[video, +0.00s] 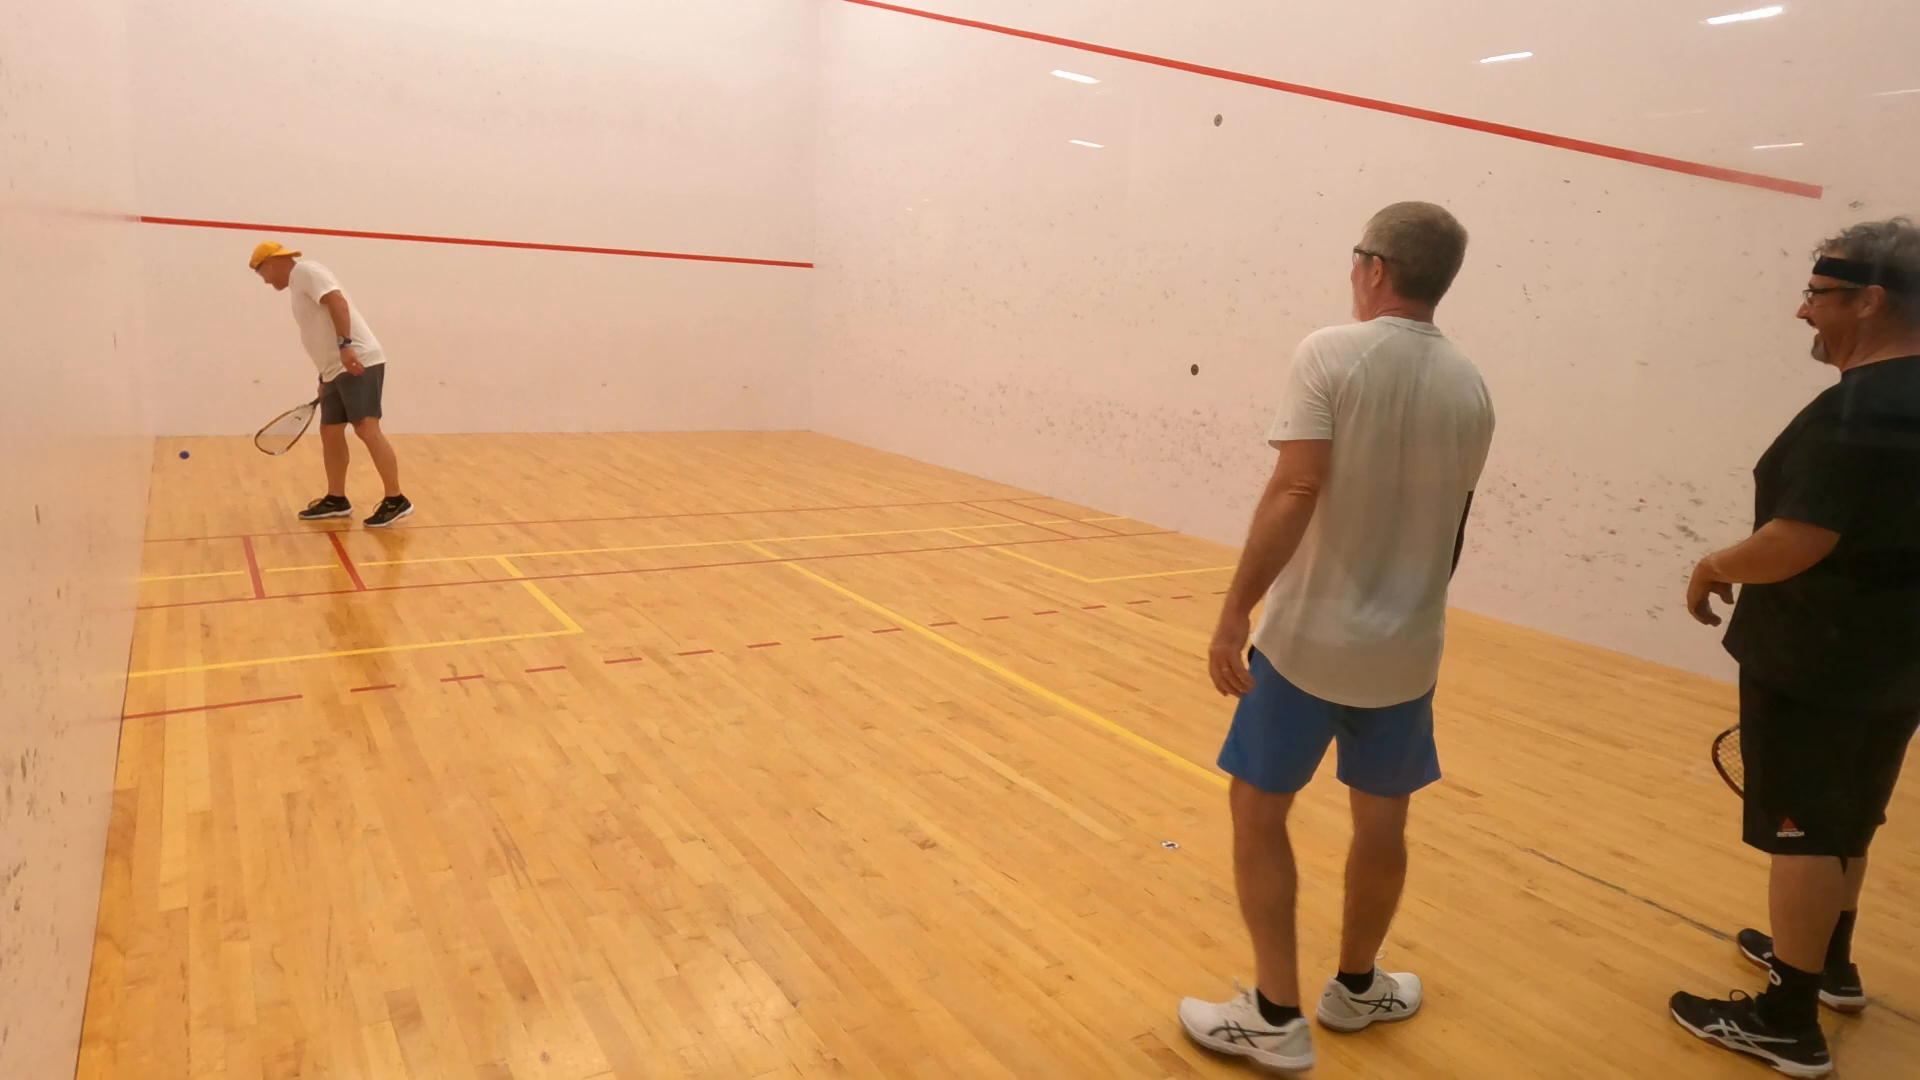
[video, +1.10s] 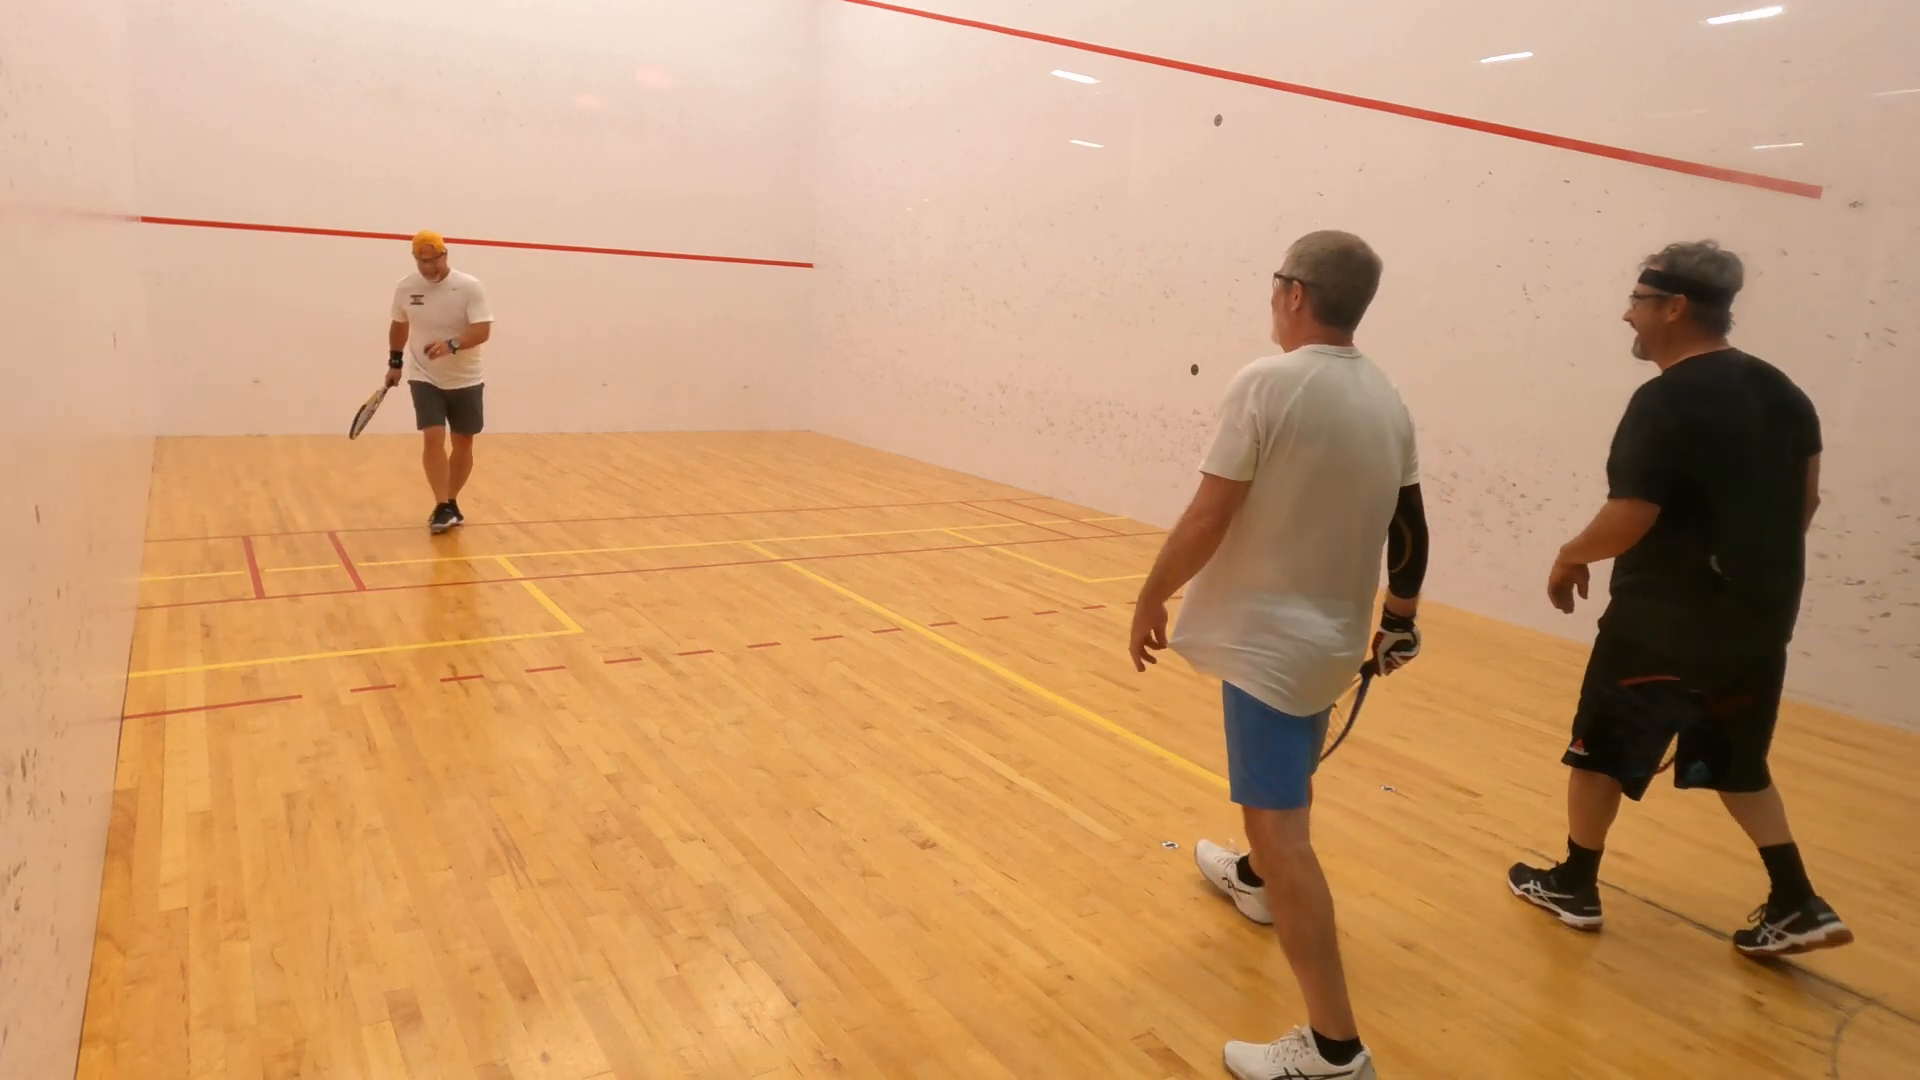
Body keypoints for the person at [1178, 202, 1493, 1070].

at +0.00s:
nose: (1351, 275)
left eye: (1357, 263)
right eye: (1358, 260)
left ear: (1375, 273)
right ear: (1441, 283)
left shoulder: (1332, 355)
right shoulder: (1470, 388)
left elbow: (1295, 489)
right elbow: (1450, 528)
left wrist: (1236, 607)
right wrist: (1404, 619)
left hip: (1309, 641)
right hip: (1408, 652)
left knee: (1258, 809)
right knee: (1382, 814)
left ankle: (1277, 1013)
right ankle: (1355, 984)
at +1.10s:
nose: (1272, 298)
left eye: (1277, 286)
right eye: (1276, 284)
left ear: (1297, 297)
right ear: (1357, 308)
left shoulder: (1269, 383)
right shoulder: (1387, 400)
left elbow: (1211, 513)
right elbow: (1407, 531)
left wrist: (1153, 594)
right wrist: (1397, 617)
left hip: (1270, 645)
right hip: (1337, 643)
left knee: (1281, 840)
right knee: (1286, 753)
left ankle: (1335, 1044)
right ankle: (1262, 874)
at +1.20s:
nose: (1263, 300)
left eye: (1268, 288)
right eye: (1269, 288)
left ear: (1285, 299)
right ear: (1342, 311)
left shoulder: (1257, 375)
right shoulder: (1368, 397)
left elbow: (1212, 501)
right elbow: (1383, 531)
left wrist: (1163, 592)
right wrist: (1368, 617)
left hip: (1253, 637)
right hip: (1326, 635)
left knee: (1236, 815)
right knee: (1275, 754)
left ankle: (1320, 1020)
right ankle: (1251, 876)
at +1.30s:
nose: (1249, 306)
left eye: (1254, 294)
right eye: (1255, 294)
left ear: (1270, 301)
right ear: (1325, 314)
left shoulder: (1243, 366)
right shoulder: (1351, 393)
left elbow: (1213, 486)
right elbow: (1359, 518)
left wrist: (1167, 581)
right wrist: (1347, 604)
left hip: (1246, 615)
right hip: (1320, 619)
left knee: (1181, 778)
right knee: (1267, 741)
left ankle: (1280, 962)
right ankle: (1239, 873)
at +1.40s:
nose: (1234, 312)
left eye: (1238, 300)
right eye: (1238, 300)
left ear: (1255, 306)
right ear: (1307, 318)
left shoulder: (1232, 361)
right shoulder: (1333, 394)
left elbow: (1203, 471)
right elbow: (1341, 512)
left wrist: (1159, 571)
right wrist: (1325, 595)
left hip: (1235, 602)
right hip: (1311, 610)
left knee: (1149, 754)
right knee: (1262, 733)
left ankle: (1215, 940)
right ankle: (1251, 876)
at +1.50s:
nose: (1214, 321)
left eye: (1218, 309)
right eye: (1219, 310)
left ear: (1233, 311)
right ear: (1284, 322)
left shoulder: (1216, 360)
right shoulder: (1312, 392)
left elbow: (1195, 462)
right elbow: (1323, 521)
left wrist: (1155, 567)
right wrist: (1289, 604)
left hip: (1226, 597)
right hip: (1301, 605)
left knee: (1136, 747)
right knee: (1257, 730)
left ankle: (1132, 942)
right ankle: (1251, 877)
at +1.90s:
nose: (1090, 316)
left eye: (1093, 305)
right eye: (1094, 304)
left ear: (1108, 308)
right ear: (1167, 315)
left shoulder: (1097, 379)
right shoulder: (1207, 390)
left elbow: (1070, 499)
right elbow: (1237, 514)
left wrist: (1045, 605)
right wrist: (1189, 577)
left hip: (1128, 607)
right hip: (1211, 607)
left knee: (1038, 745)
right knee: (1215, 733)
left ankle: (1008, 918)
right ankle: (1246, 875)